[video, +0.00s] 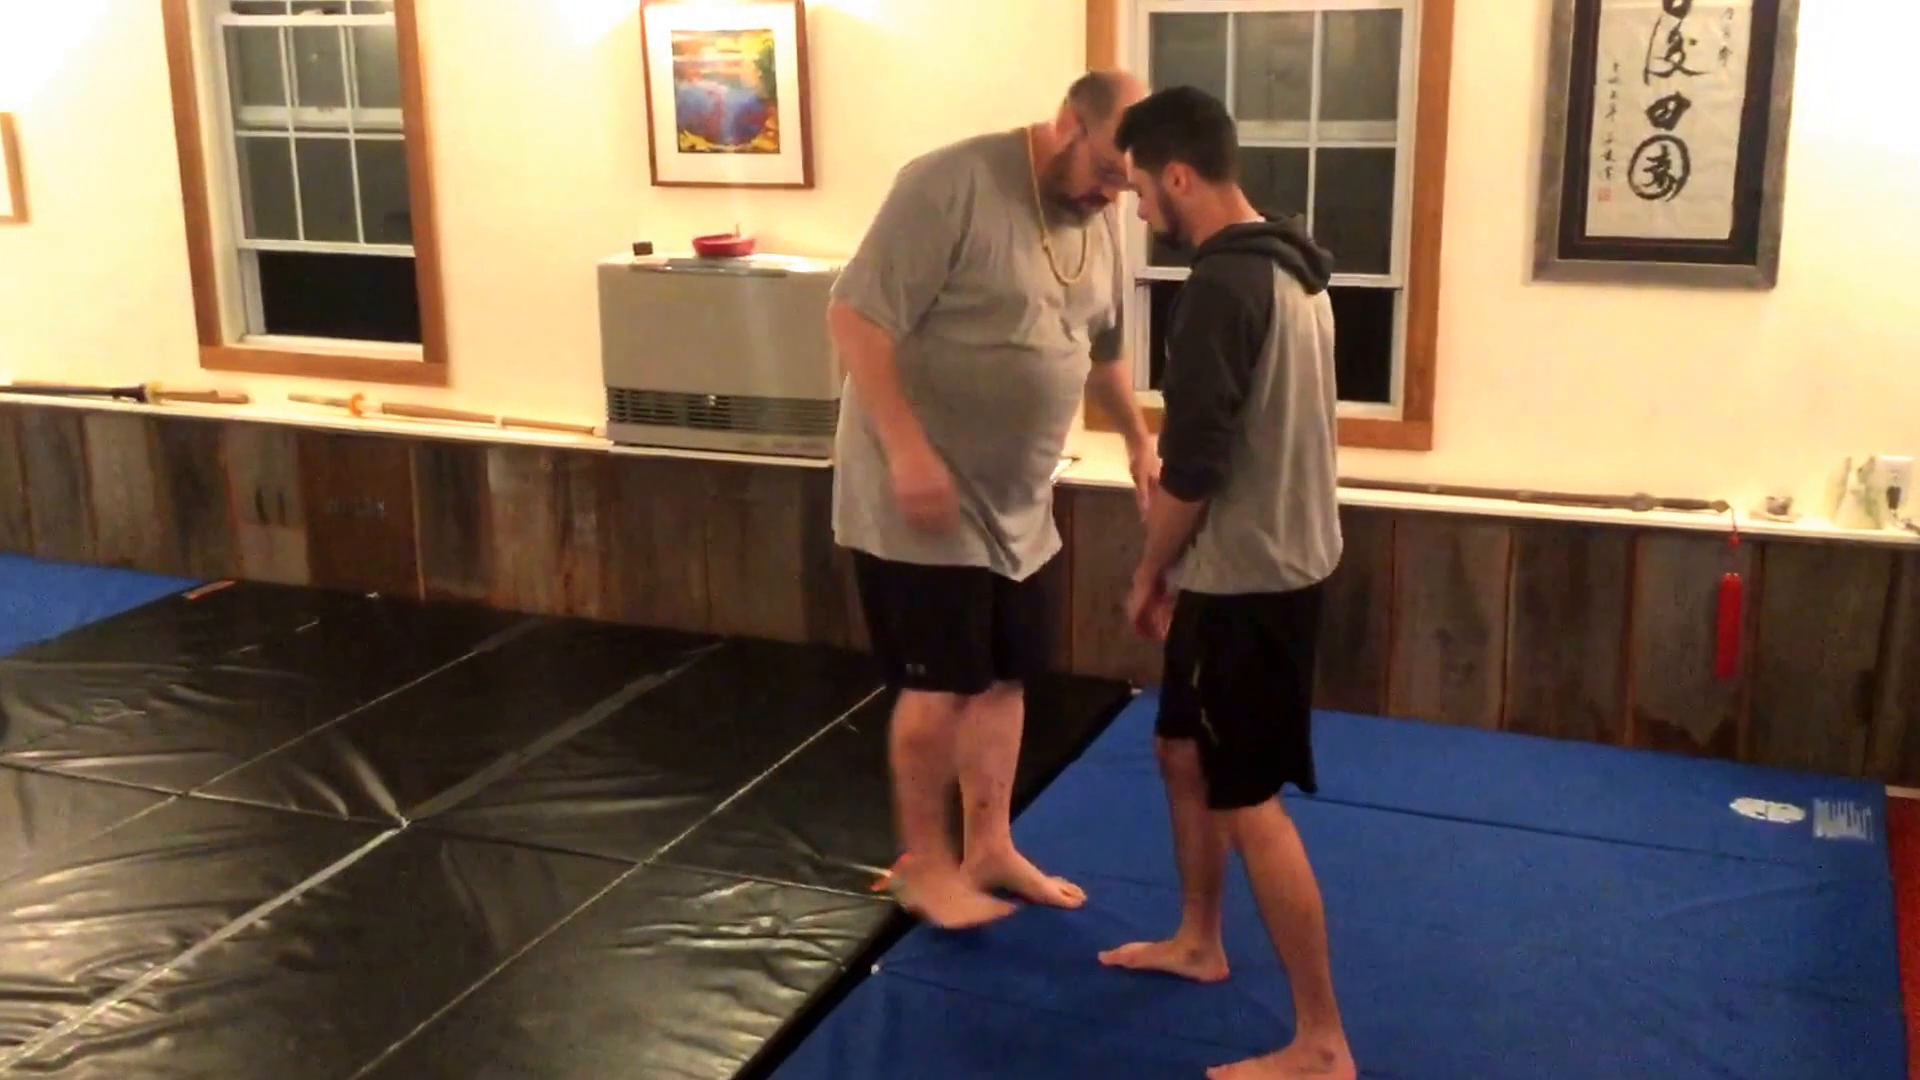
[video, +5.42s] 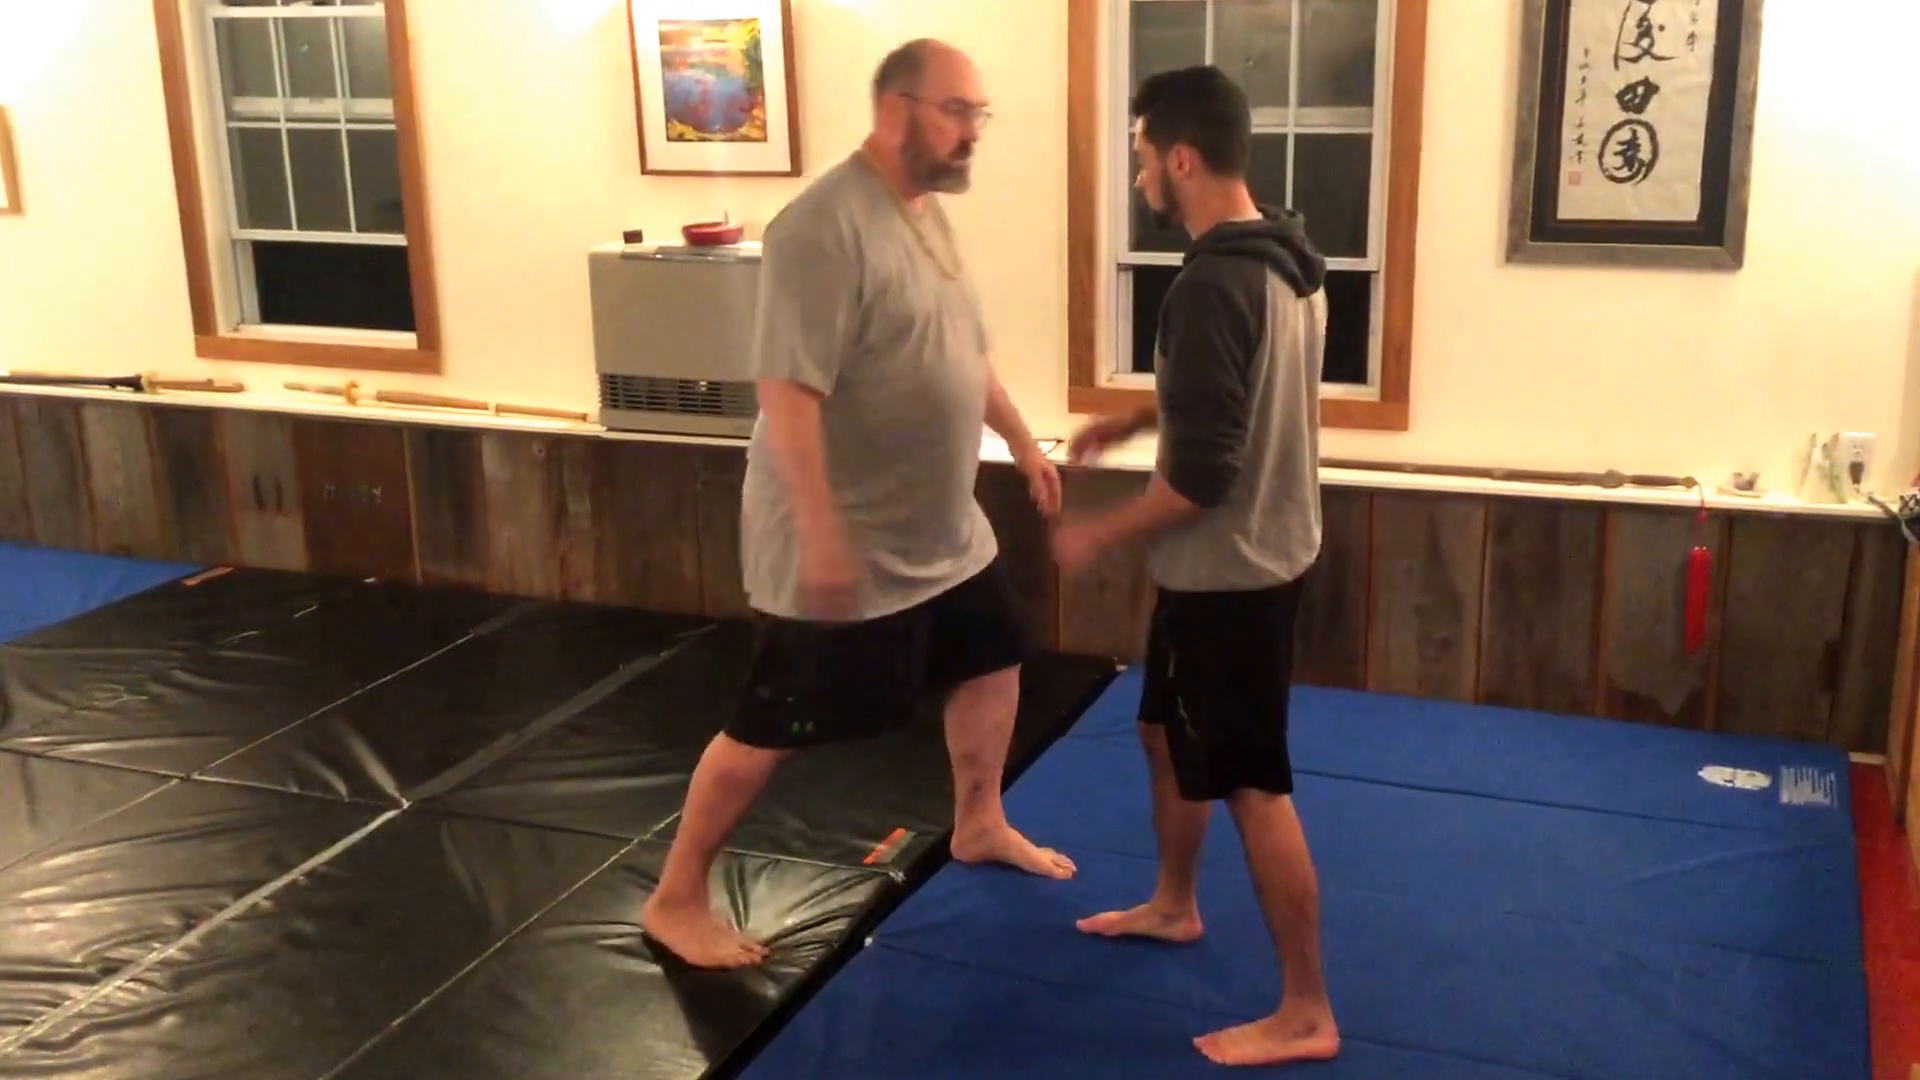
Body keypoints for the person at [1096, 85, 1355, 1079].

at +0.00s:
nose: (1141, 207)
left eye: (1141, 186)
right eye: (1136, 189)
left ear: (1176, 176)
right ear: (1215, 171)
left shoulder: (1224, 280)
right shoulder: (1290, 261)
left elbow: (1198, 460)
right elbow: (1263, 436)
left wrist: (1149, 570)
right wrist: (1173, 545)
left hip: (1247, 571)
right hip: (1268, 556)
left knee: (1250, 800)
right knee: (1182, 748)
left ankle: (1320, 1042)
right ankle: (1199, 939)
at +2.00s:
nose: (1147, 166)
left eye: (1157, 148)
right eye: (1149, 148)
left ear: (1203, 157)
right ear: (1231, 156)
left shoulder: (1226, 283)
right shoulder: (1284, 255)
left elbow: (1217, 478)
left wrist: (1166, 621)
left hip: (1242, 578)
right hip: (1245, 559)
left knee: (1260, 795)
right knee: (1172, 731)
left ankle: (1309, 1018)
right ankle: (1179, 909)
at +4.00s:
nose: (1143, 159)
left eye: (1155, 143)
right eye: (1146, 141)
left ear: (1204, 156)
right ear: (1224, 156)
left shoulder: (1224, 278)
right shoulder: (1271, 252)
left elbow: (1220, 468)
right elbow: (1249, 444)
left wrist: (1172, 608)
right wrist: (1186, 571)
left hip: (1246, 571)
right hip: (1234, 557)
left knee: (1266, 788)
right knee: (1175, 732)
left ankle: (1309, 1012)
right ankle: (1177, 906)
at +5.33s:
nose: (1142, 174)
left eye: (1146, 155)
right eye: (1143, 155)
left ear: (1179, 157)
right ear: (1229, 152)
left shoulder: (1215, 282)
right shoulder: (1278, 254)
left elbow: (1214, 476)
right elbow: (1219, 405)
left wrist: (1123, 570)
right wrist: (1131, 463)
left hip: (1231, 567)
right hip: (1225, 551)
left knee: (1252, 782)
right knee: (1168, 728)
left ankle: (1306, 1011)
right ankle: (1175, 903)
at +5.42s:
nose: (1141, 175)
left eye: (1146, 154)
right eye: (1143, 155)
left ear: (1183, 157)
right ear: (1225, 153)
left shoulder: (1213, 284)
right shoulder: (1281, 257)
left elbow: (1202, 477)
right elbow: (1228, 386)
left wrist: (1099, 534)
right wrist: (1124, 420)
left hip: (1231, 568)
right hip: (1241, 550)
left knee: (1252, 781)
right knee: (1168, 728)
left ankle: (1305, 1011)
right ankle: (1173, 903)